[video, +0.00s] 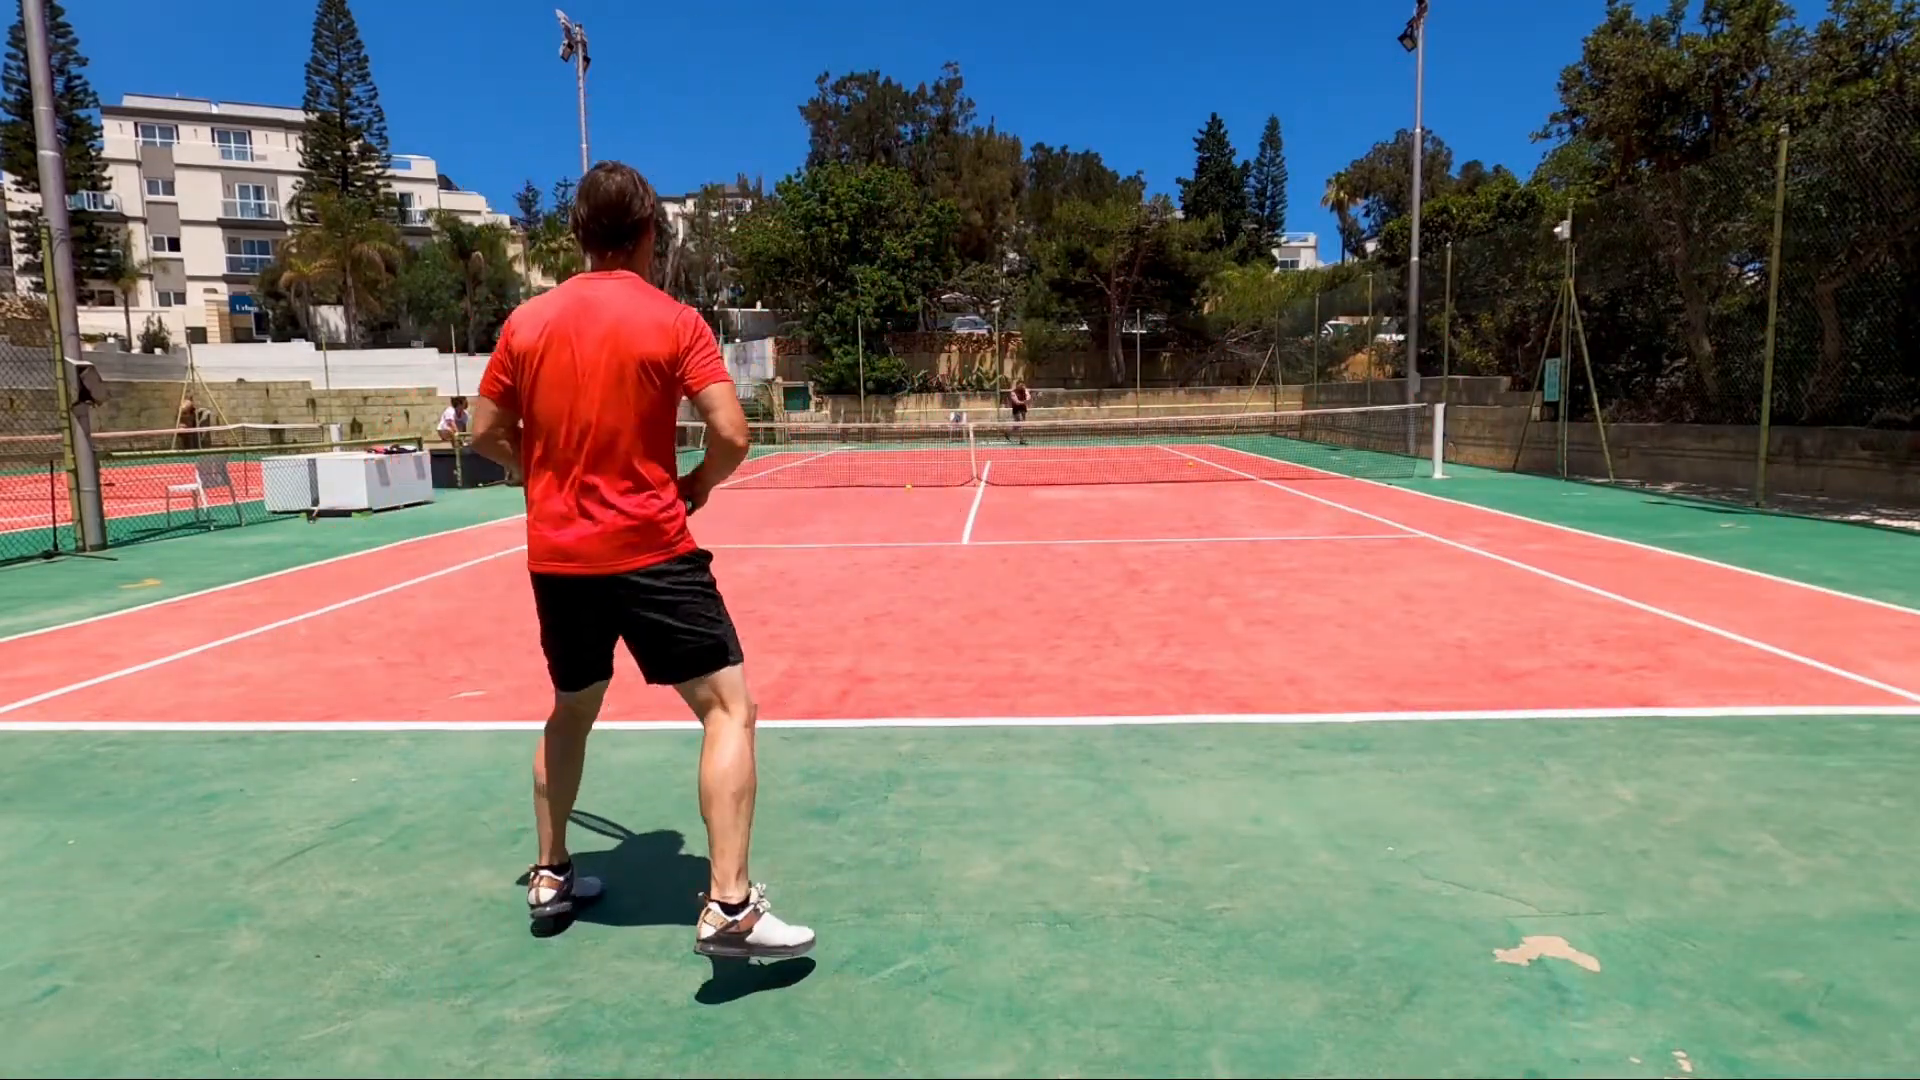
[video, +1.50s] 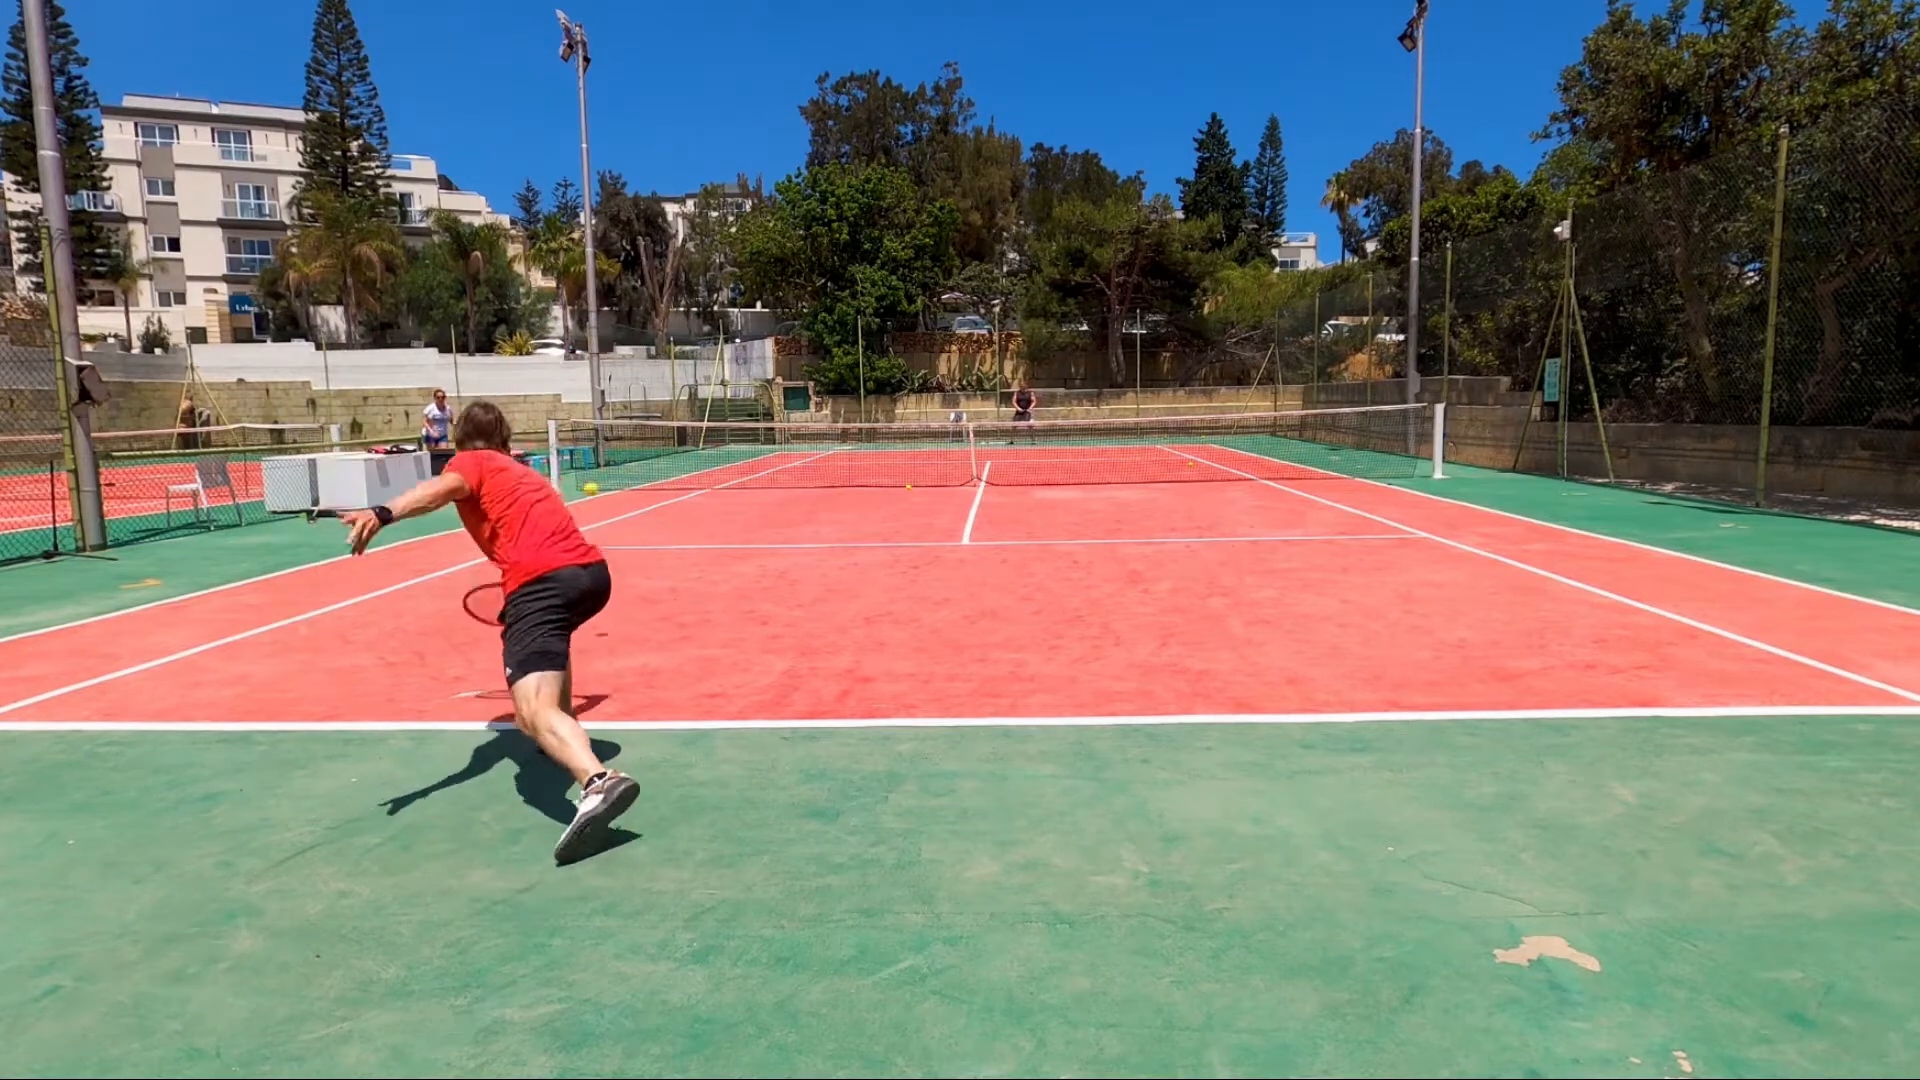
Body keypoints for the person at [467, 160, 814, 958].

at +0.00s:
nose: (663, 238)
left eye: (654, 227)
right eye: (661, 227)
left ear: (579, 234)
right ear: (650, 232)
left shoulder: (529, 320)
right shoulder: (673, 319)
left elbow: (485, 433)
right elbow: (731, 433)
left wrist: (549, 472)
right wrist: (694, 487)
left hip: (558, 556)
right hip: (652, 549)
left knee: (572, 703)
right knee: (725, 708)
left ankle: (548, 874)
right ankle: (730, 901)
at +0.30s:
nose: (663, 309)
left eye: (661, 297)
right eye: (661, 298)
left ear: (584, 298)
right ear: (649, 302)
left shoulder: (536, 379)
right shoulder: (666, 385)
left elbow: (494, 488)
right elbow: (705, 505)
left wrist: (559, 503)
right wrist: (677, 537)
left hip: (543, 598)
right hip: (638, 598)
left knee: (534, 714)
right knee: (720, 728)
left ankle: (481, 859)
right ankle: (716, 902)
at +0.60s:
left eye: (553, 309)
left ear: (558, 313)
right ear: (621, 314)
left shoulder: (528, 372)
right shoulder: (665, 387)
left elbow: (473, 477)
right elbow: (679, 497)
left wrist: (506, 500)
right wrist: (600, 489)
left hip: (561, 585)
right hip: (656, 586)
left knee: (514, 714)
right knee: (692, 729)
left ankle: (502, 863)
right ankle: (742, 885)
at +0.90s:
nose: (458, 374)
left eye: (457, 364)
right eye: (459, 365)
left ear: (464, 363)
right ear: (520, 358)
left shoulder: (481, 410)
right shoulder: (557, 412)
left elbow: (503, 498)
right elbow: (535, 529)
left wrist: (433, 542)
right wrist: (459, 583)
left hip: (563, 594)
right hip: (635, 588)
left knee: (475, 728)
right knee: (625, 716)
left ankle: (527, 886)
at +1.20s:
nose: (434, 409)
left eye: (436, 400)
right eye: (433, 401)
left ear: (449, 399)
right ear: (493, 396)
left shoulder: (476, 425)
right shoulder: (507, 430)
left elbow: (482, 490)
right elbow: (427, 509)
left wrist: (401, 481)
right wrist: (358, 505)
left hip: (564, 576)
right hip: (616, 566)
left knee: (511, 711)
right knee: (578, 641)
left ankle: (541, 845)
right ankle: (572, 731)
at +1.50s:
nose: (454, 453)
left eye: (455, 447)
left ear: (460, 442)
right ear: (505, 443)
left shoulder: (469, 461)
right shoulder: (525, 471)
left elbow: (443, 489)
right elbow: (548, 532)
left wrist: (383, 513)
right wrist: (521, 593)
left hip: (543, 582)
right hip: (592, 575)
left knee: (538, 711)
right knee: (549, 634)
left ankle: (596, 781)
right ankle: (562, 725)